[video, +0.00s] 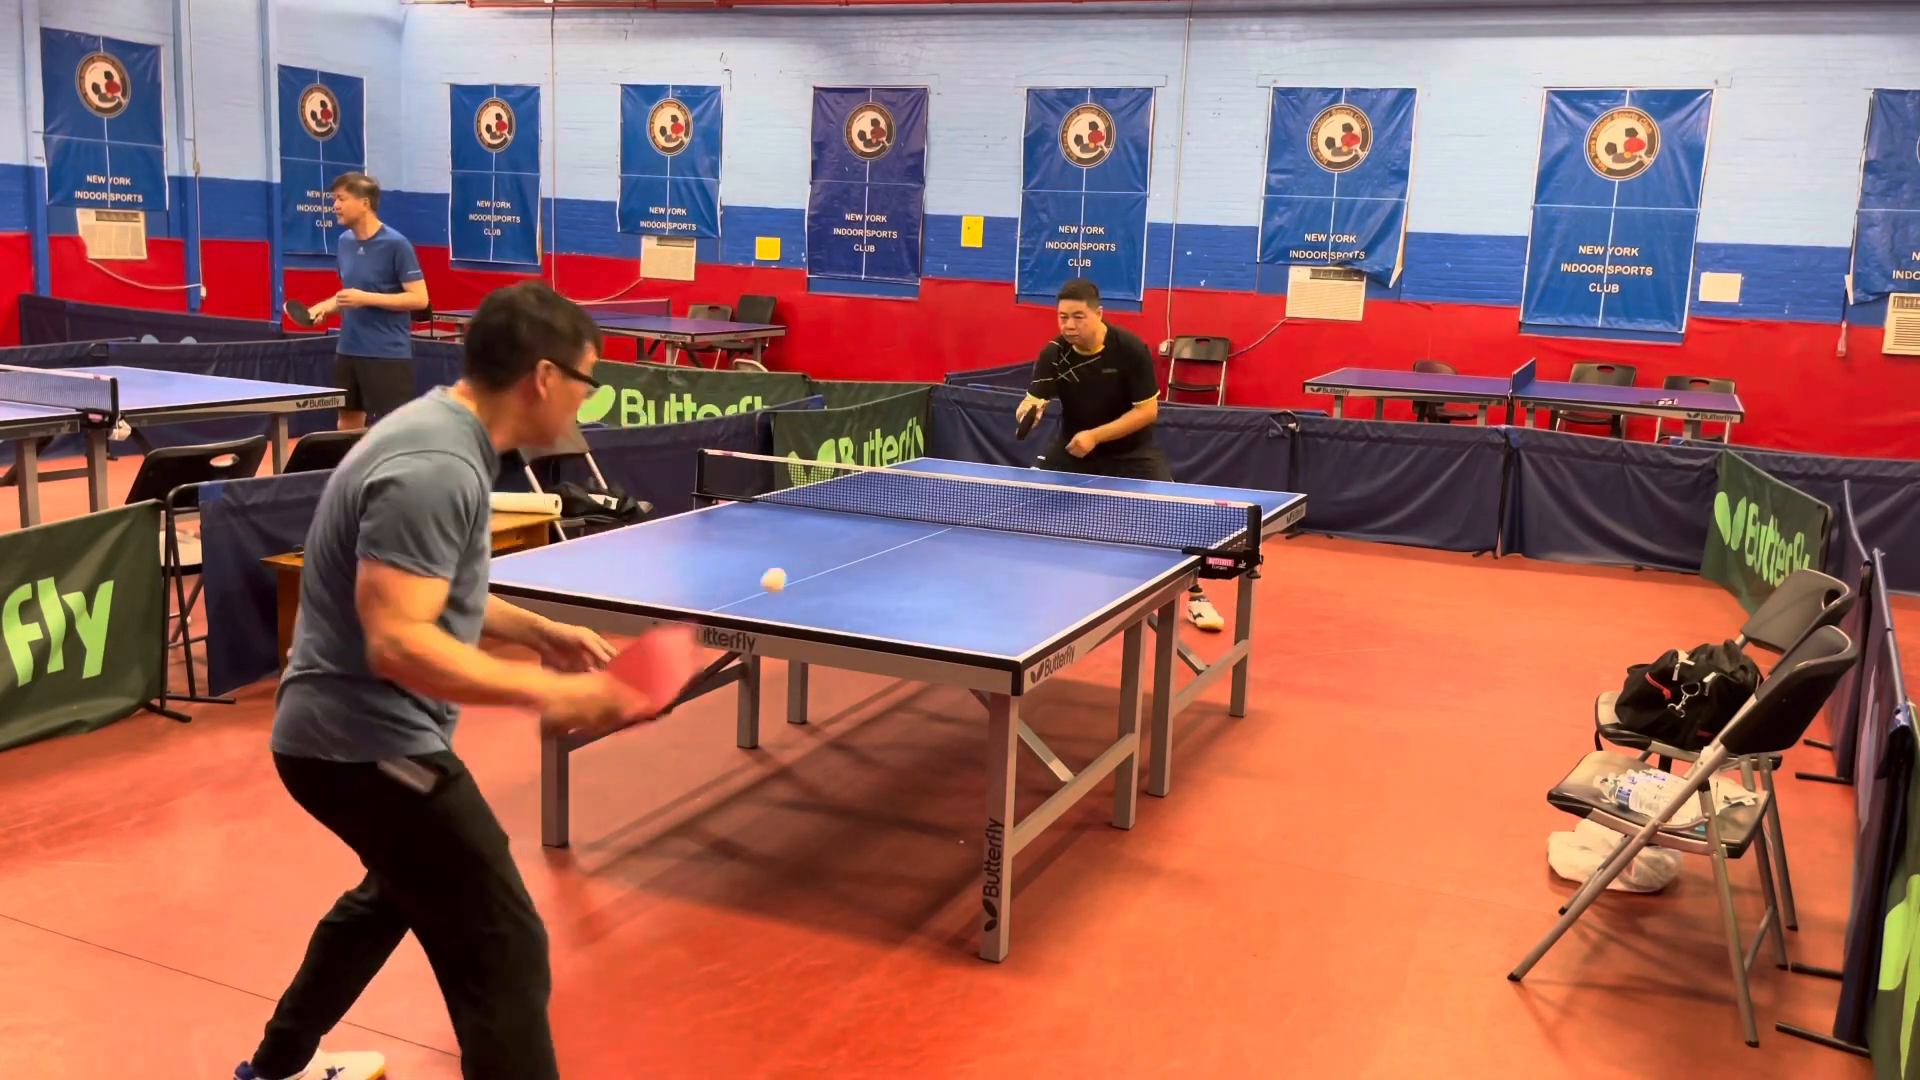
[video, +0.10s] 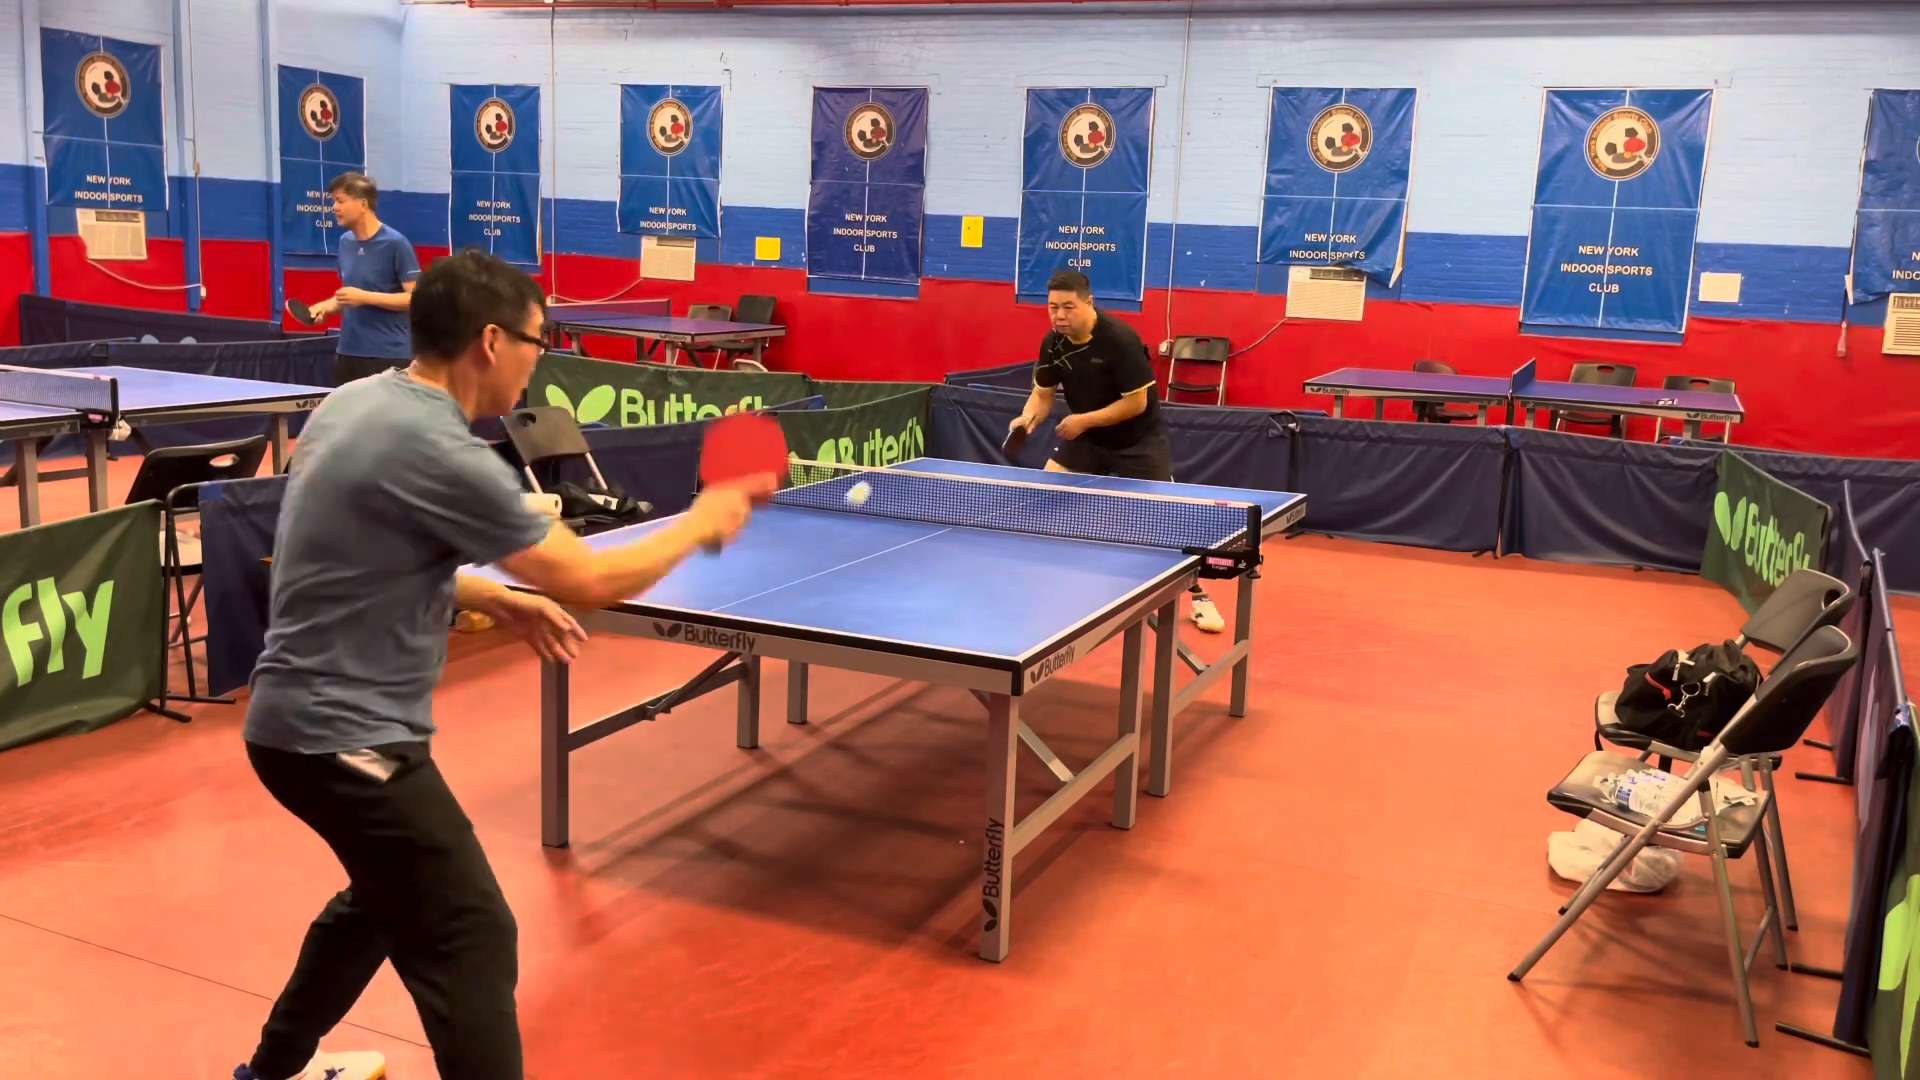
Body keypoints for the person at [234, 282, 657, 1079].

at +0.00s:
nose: (584, 404)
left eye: (587, 385)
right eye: (583, 383)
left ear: (524, 374)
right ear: (540, 378)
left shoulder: (447, 443)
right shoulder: (433, 466)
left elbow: (434, 596)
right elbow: (395, 641)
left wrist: (540, 635)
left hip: (360, 731)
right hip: (364, 746)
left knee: (401, 887)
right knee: (504, 947)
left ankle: (276, 1063)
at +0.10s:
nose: (537, 362)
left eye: (539, 344)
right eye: (532, 343)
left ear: (461, 339)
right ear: (486, 344)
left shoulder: (348, 404)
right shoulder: (438, 446)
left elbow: (370, 561)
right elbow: (587, 582)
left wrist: (498, 598)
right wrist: (697, 526)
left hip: (291, 717)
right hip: (352, 735)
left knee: (386, 895)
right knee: (473, 933)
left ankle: (273, 1064)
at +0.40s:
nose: (541, 389)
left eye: (541, 370)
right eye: (539, 370)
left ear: (430, 363)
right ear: (512, 372)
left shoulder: (326, 431)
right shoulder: (494, 473)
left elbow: (254, 570)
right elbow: (615, 555)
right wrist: (643, 457)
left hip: (250, 750)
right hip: (360, 773)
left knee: (325, 887)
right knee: (507, 974)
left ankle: (266, 1064)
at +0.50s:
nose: (576, 396)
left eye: (577, 377)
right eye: (575, 377)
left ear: (469, 371)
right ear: (551, 382)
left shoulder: (352, 441)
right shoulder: (536, 498)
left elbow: (271, 574)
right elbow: (603, 644)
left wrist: (389, 571)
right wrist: (664, 567)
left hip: (267, 754)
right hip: (380, 777)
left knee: (329, 891)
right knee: (532, 979)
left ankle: (264, 1065)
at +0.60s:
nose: (621, 405)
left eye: (621, 386)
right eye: (620, 387)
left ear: (511, 380)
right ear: (598, 394)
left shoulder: (407, 443)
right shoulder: (562, 519)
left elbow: (321, 575)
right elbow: (553, 710)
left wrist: (447, 657)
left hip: (281, 747)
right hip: (386, 778)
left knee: (332, 889)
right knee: (544, 981)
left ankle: (259, 1063)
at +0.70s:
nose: (655, 431)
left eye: (658, 413)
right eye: (656, 412)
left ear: (551, 399)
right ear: (630, 417)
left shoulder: (473, 459)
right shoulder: (542, 536)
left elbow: (419, 600)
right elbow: (474, 731)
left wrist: (524, 670)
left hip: (296, 755)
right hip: (374, 791)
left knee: (350, 901)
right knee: (536, 1009)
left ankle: (223, 1064)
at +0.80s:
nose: (667, 455)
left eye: (670, 436)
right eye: (668, 437)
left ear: (565, 423)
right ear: (636, 445)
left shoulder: (507, 488)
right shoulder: (511, 549)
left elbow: (483, 619)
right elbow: (406, 726)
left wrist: (597, 665)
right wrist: (435, 901)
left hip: (316, 779)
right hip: (368, 802)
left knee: (357, 916)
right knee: (567, 974)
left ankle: (224, 1069)